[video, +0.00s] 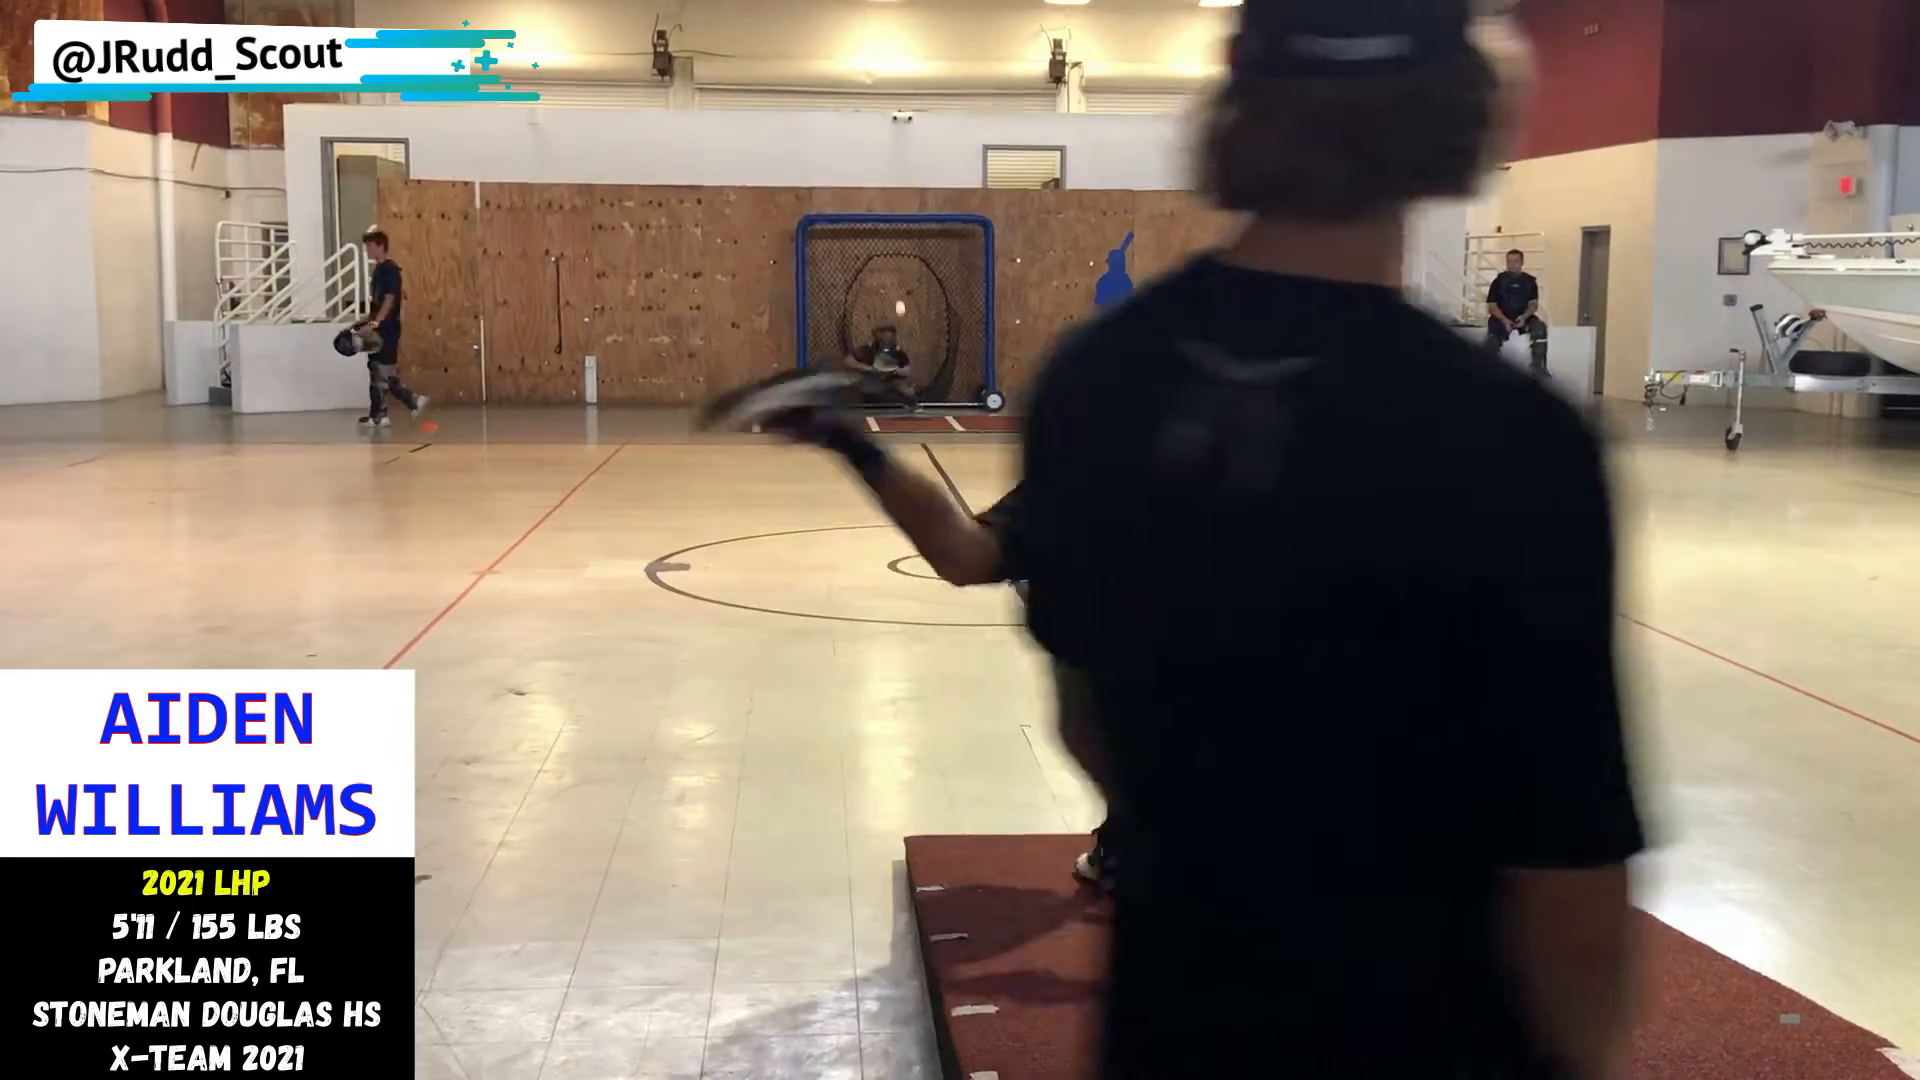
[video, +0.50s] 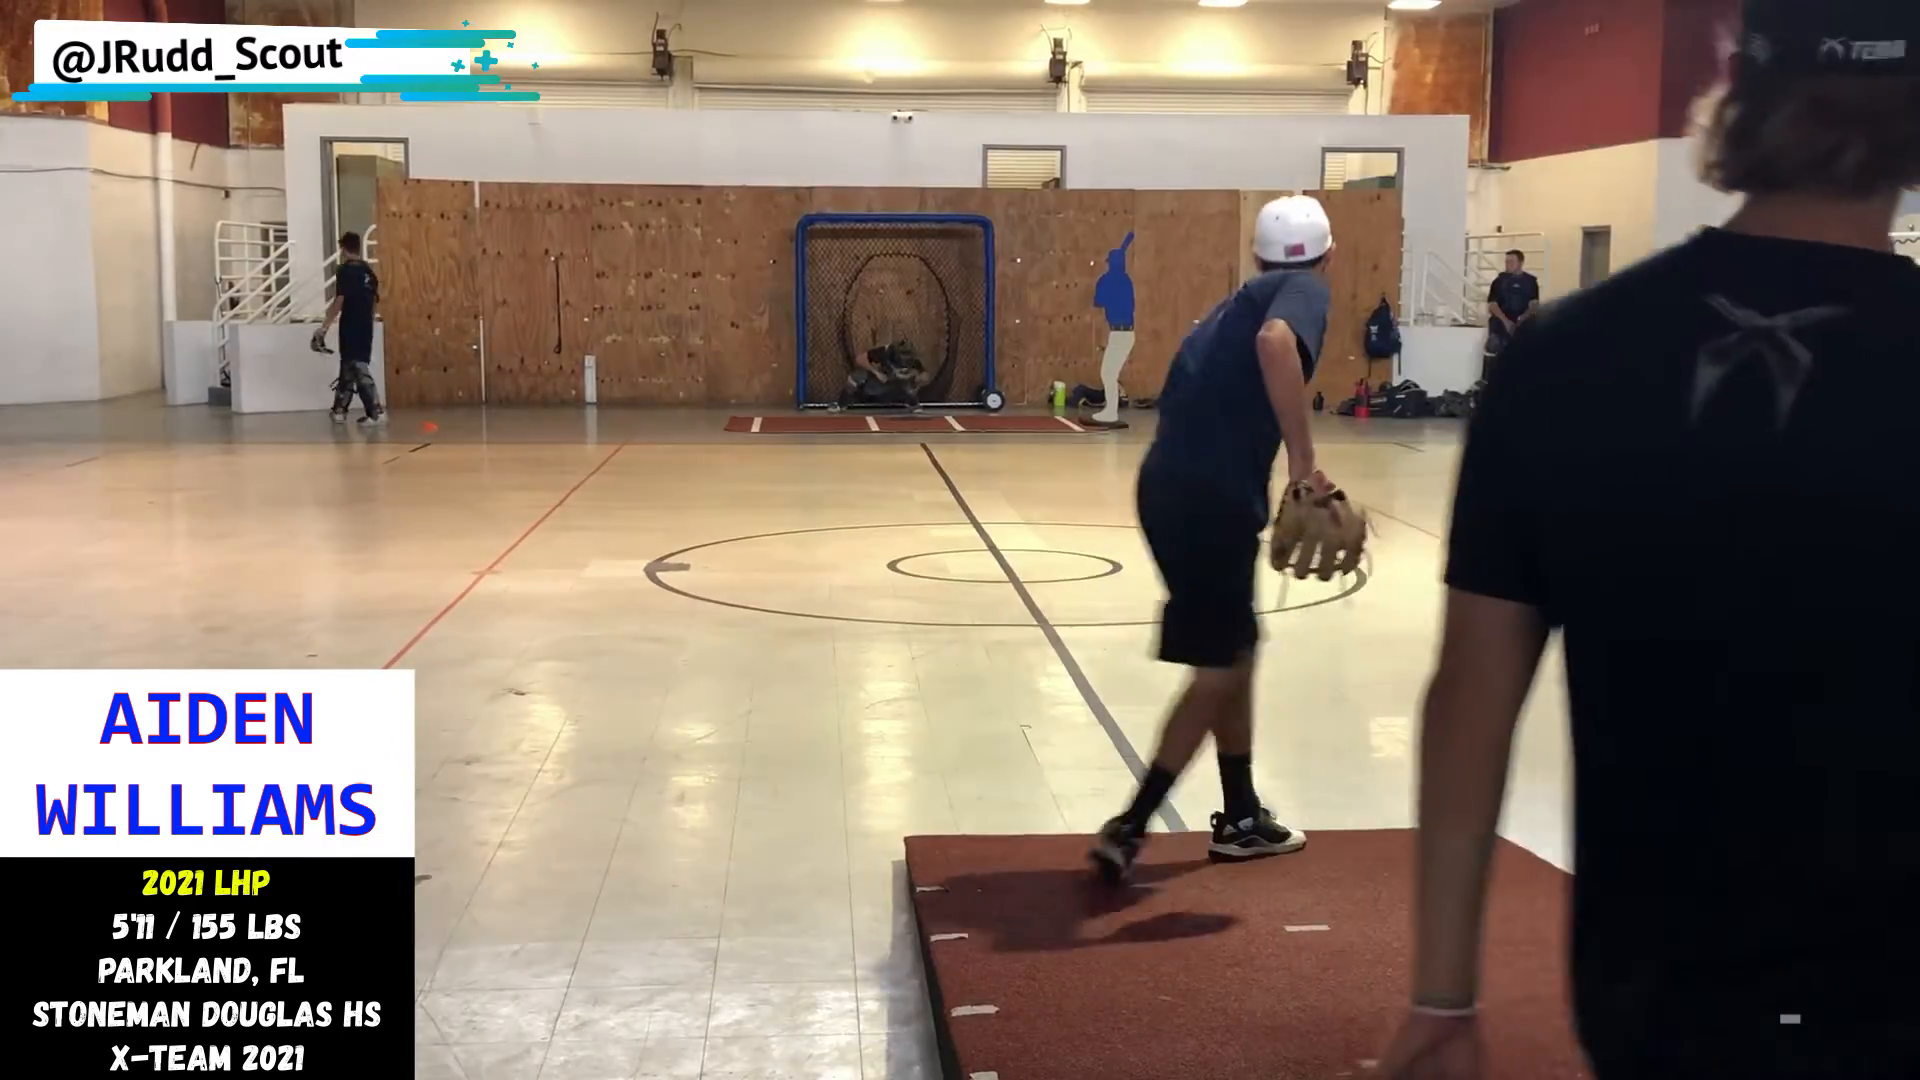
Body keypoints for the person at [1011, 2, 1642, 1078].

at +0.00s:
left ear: (1243, 103)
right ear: (1451, 127)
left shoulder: (1092, 377)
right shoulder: (1511, 433)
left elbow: (1090, 729)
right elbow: (1568, 897)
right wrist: (1584, 1046)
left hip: (1171, 995)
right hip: (1440, 1017)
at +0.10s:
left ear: (1389, 78)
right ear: (1606, 104)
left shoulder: (1219, 349)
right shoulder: (1682, 396)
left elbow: (1190, 699)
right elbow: (1751, 814)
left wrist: (1283, 901)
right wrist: (1714, 1040)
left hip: (1308, 1002)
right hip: (1581, 1014)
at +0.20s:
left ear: (1511, 56)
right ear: (1727, 73)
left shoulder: (1333, 321)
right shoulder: (1820, 361)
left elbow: (1286, 690)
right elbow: (1870, 798)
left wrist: (1320, 963)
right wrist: (1817, 1025)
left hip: (1412, 988)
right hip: (1689, 1001)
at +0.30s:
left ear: (1615, 55)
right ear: (1825, 74)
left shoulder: (1430, 316)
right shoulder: (1889, 333)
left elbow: (1364, 678)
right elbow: (1911, 752)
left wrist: (1351, 986)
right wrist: (1879, 1035)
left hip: (1497, 980)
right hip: (1765, 988)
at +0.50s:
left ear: (1736, 93)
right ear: (1917, 125)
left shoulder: (1572, 353)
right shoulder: (1905, 334)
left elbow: (1472, 695)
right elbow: (1478, 697)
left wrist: (1441, 999)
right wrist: (1446, 994)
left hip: (1655, 998)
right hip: (1894, 1003)